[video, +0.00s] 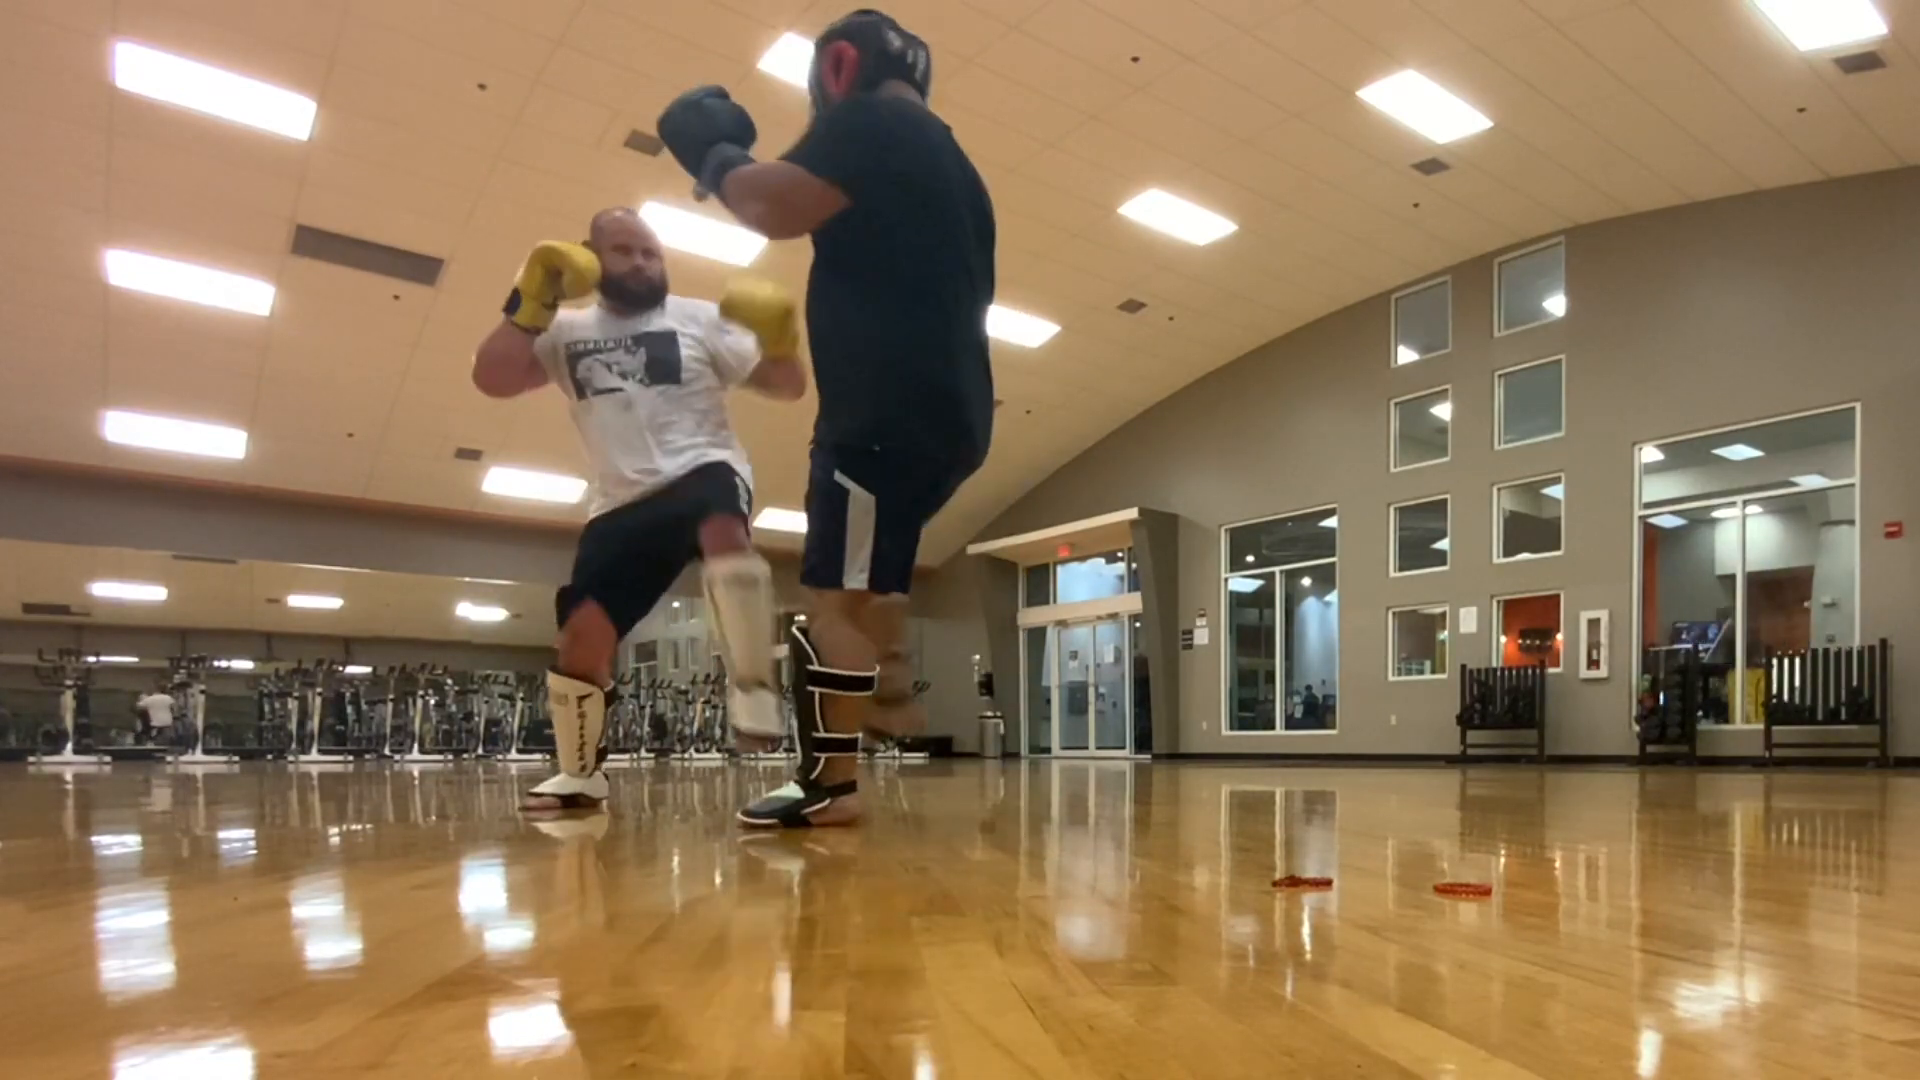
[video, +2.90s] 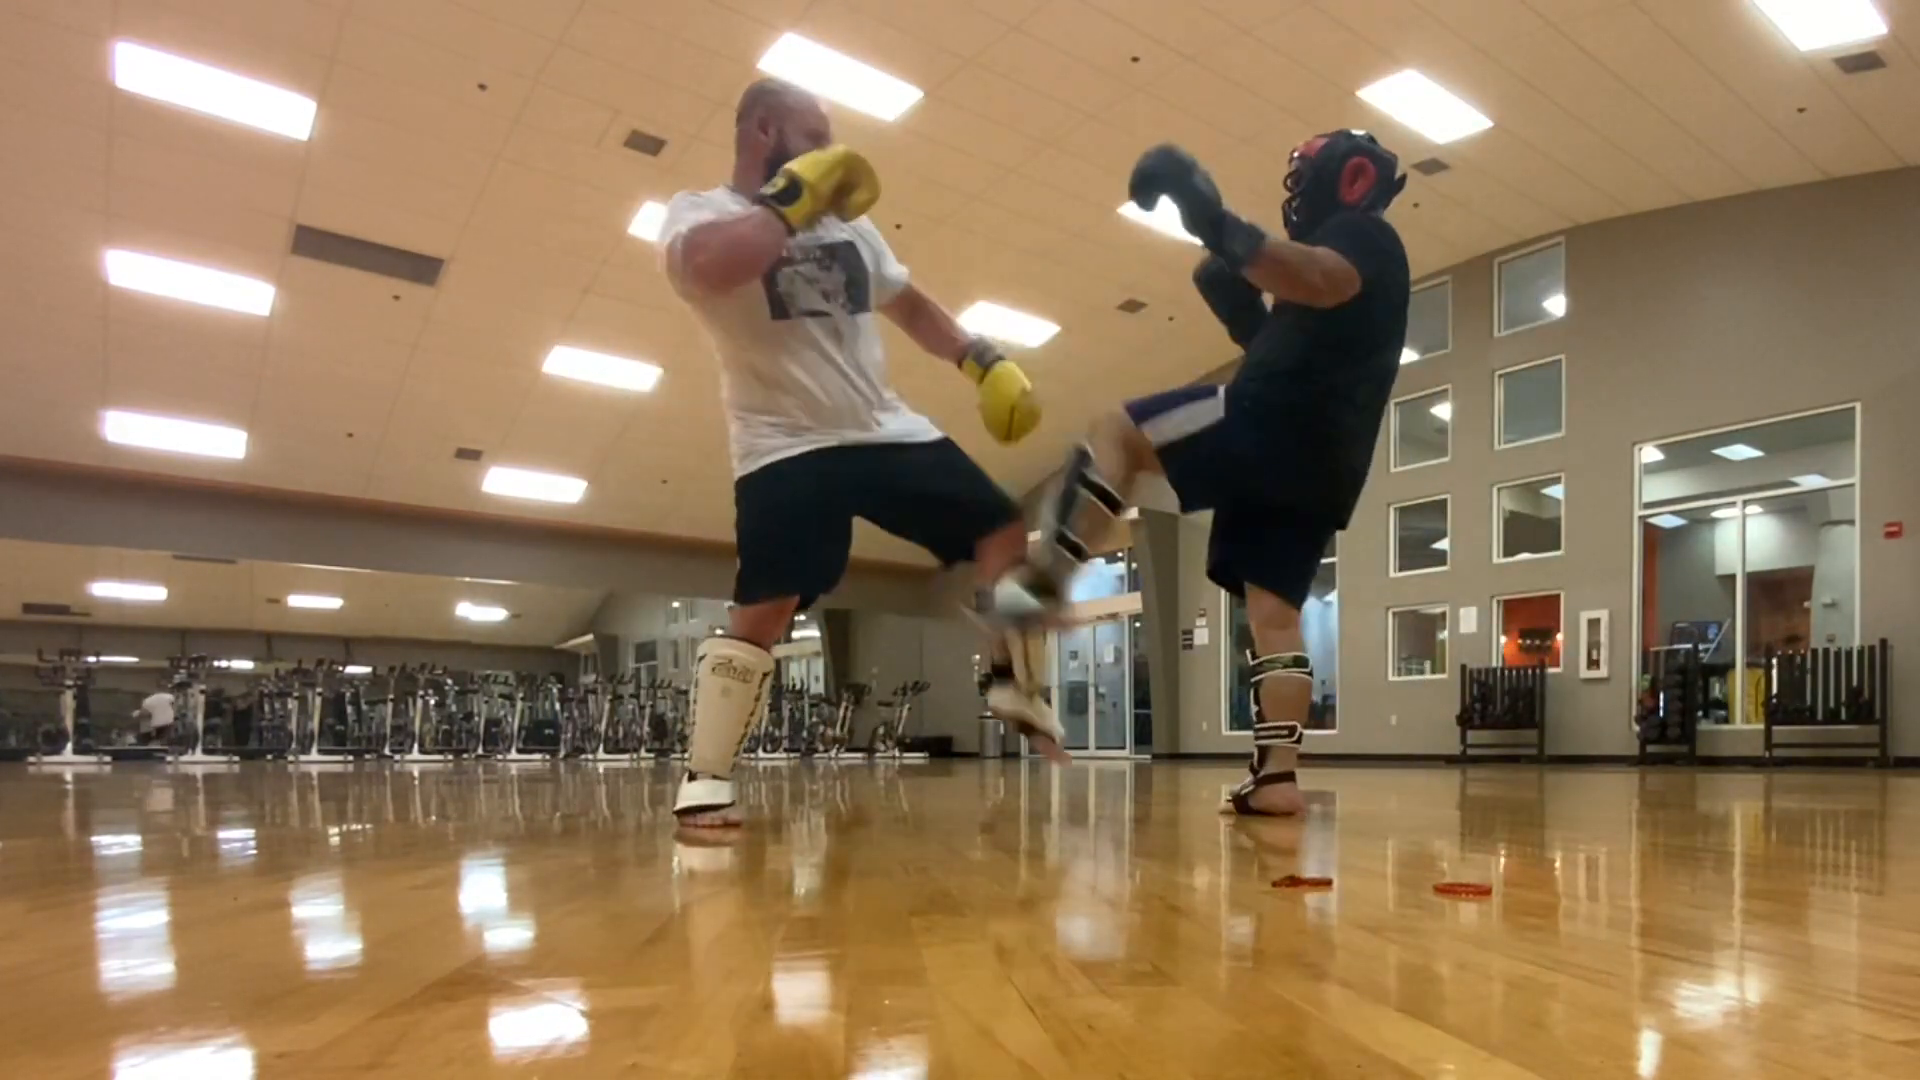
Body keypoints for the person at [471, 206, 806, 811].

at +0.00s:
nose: (642, 260)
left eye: (650, 250)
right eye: (623, 251)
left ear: (663, 259)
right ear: (594, 266)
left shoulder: (698, 319)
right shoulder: (567, 333)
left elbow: (788, 386)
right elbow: (492, 378)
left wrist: (780, 338)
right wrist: (532, 303)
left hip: (703, 473)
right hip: (623, 504)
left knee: (721, 526)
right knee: (585, 617)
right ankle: (580, 775)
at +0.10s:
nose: (663, 256)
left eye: (672, 245)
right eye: (645, 246)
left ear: (686, 254)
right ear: (616, 258)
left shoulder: (715, 305)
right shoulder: (590, 326)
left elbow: (808, 317)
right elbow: (513, 369)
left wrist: (787, 270)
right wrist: (552, 297)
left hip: (714, 492)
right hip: (633, 509)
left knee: (749, 605)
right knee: (595, 629)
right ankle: (579, 775)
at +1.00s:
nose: (705, 258)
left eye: (716, 247)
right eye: (693, 241)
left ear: (724, 250)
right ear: (660, 228)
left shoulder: (732, 314)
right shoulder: (591, 273)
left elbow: (780, 406)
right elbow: (571, 343)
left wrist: (820, 356)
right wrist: (635, 273)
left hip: (716, 504)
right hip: (615, 501)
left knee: (751, 632)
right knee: (609, 644)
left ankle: (807, 763)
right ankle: (612, 773)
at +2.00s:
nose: (752, 166)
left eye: (755, 159)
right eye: (741, 149)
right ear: (687, 130)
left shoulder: (744, 258)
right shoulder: (616, 188)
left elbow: (769, 359)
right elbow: (640, 270)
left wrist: (834, 307)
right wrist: (718, 203)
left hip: (758, 456)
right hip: (654, 450)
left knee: (818, 598)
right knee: (626, 609)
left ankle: (847, 756)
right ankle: (593, 777)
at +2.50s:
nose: (833, 176)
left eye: (839, 167)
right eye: (830, 160)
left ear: (800, 148)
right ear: (785, 138)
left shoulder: (826, 249)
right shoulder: (709, 186)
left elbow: (885, 345)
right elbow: (744, 269)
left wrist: (926, 287)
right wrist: (820, 210)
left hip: (819, 445)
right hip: (727, 436)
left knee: (894, 590)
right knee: (743, 600)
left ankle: (896, 742)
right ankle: (702, 785)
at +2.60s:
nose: (840, 188)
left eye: (842, 177)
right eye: (832, 171)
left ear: (798, 160)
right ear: (785, 153)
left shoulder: (816, 248)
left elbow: (902, 326)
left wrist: (939, 275)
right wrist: (861, 200)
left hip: (811, 437)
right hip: (730, 450)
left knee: (947, 458)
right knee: (754, 611)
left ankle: (936, 610)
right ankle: (707, 788)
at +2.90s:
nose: (826, 160)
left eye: (829, 148)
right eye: (815, 144)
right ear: (760, 131)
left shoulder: (850, 229)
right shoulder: (702, 211)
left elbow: (909, 306)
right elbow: (705, 269)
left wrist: (984, 361)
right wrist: (797, 202)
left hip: (885, 431)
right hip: (781, 443)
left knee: (1001, 531)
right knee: (769, 598)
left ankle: (1013, 680)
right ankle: (706, 782)